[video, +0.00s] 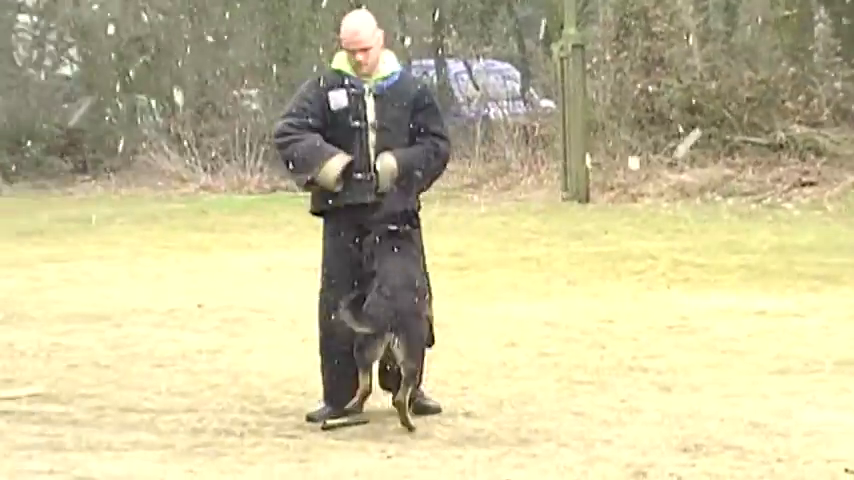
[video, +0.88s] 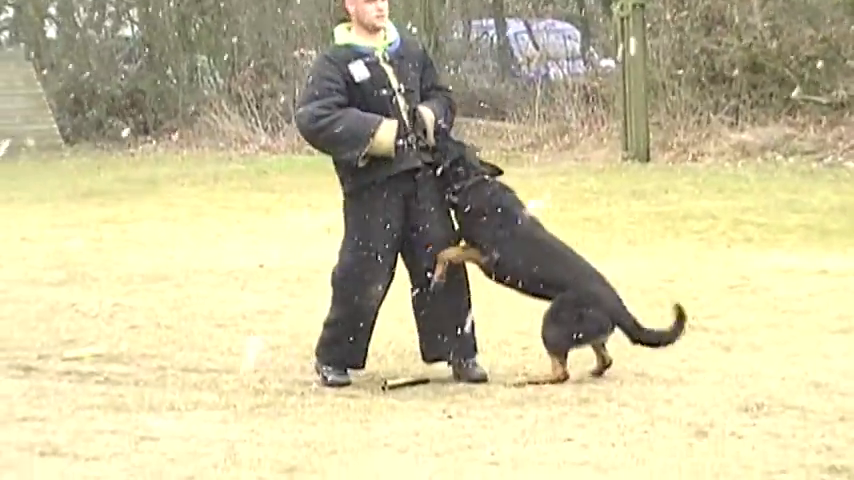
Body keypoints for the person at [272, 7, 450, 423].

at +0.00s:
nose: (357, 58)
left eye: (363, 49)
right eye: (350, 51)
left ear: (382, 42)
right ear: (341, 49)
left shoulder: (412, 90)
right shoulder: (325, 87)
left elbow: (438, 148)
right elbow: (288, 133)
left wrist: (399, 164)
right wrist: (328, 162)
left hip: (397, 219)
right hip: (342, 219)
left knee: (408, 300)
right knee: (338, 305)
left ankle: (408, 386)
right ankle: (342, 399)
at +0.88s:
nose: (379, 7)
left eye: (382, 1)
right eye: (369, 1)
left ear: (388, 5)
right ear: (349, 7)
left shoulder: (410, 51)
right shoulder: (335, 61)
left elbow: (441, 95)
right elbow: (314, 118)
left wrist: (430, 114)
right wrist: (376, 132)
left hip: (423, 178)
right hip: (373, 185)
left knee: (442, 263)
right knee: (365, 272)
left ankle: (461, 354)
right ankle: (335, 358)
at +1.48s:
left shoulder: (403, 19)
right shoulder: (315, 18)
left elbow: (431, 75)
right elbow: (288, 70)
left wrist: (411, 102)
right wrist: (336, 91)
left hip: (401, 145)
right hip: (347, 145)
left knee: (416, 232)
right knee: (336, 235)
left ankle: (432, 321)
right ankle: (304, 320)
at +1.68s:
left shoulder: (363, 32)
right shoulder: (276, 42)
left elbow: (399, 78)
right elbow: (253, 99)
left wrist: (389, 111)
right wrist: (296, 120)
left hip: (373, 160)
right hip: (321, 166)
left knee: (391, 247)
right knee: (316, 255)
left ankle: (410, 337)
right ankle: (289, 340)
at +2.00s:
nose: (315, 23)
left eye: (318, 16)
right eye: (305, 16)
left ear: (323, 20)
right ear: (284, 22)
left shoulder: (340, 71)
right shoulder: (262, 72)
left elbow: (364, 126)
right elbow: (229, 123)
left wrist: (356, 155)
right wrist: (285, 156)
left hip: (344, 193)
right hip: (293, 197)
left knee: (369, 277)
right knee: (294, 291)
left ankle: (395, 368)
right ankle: (286, 381)